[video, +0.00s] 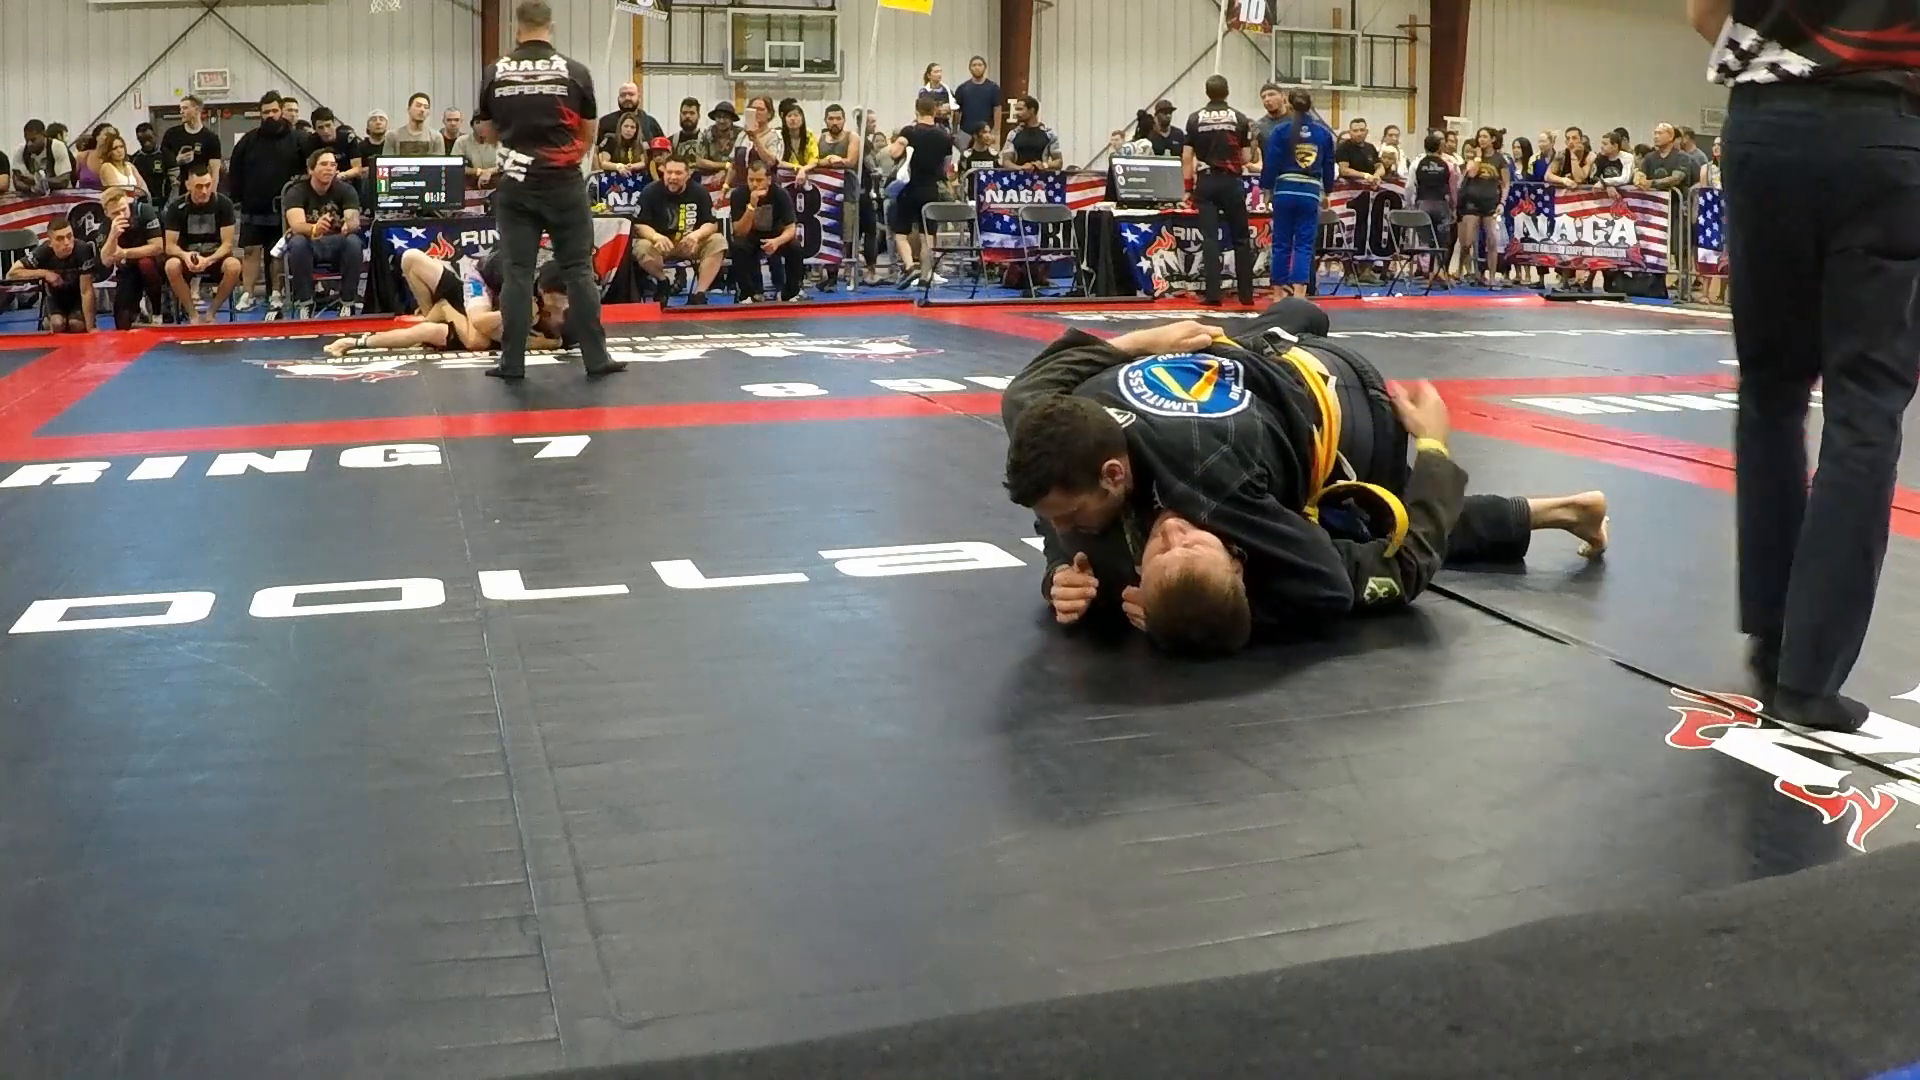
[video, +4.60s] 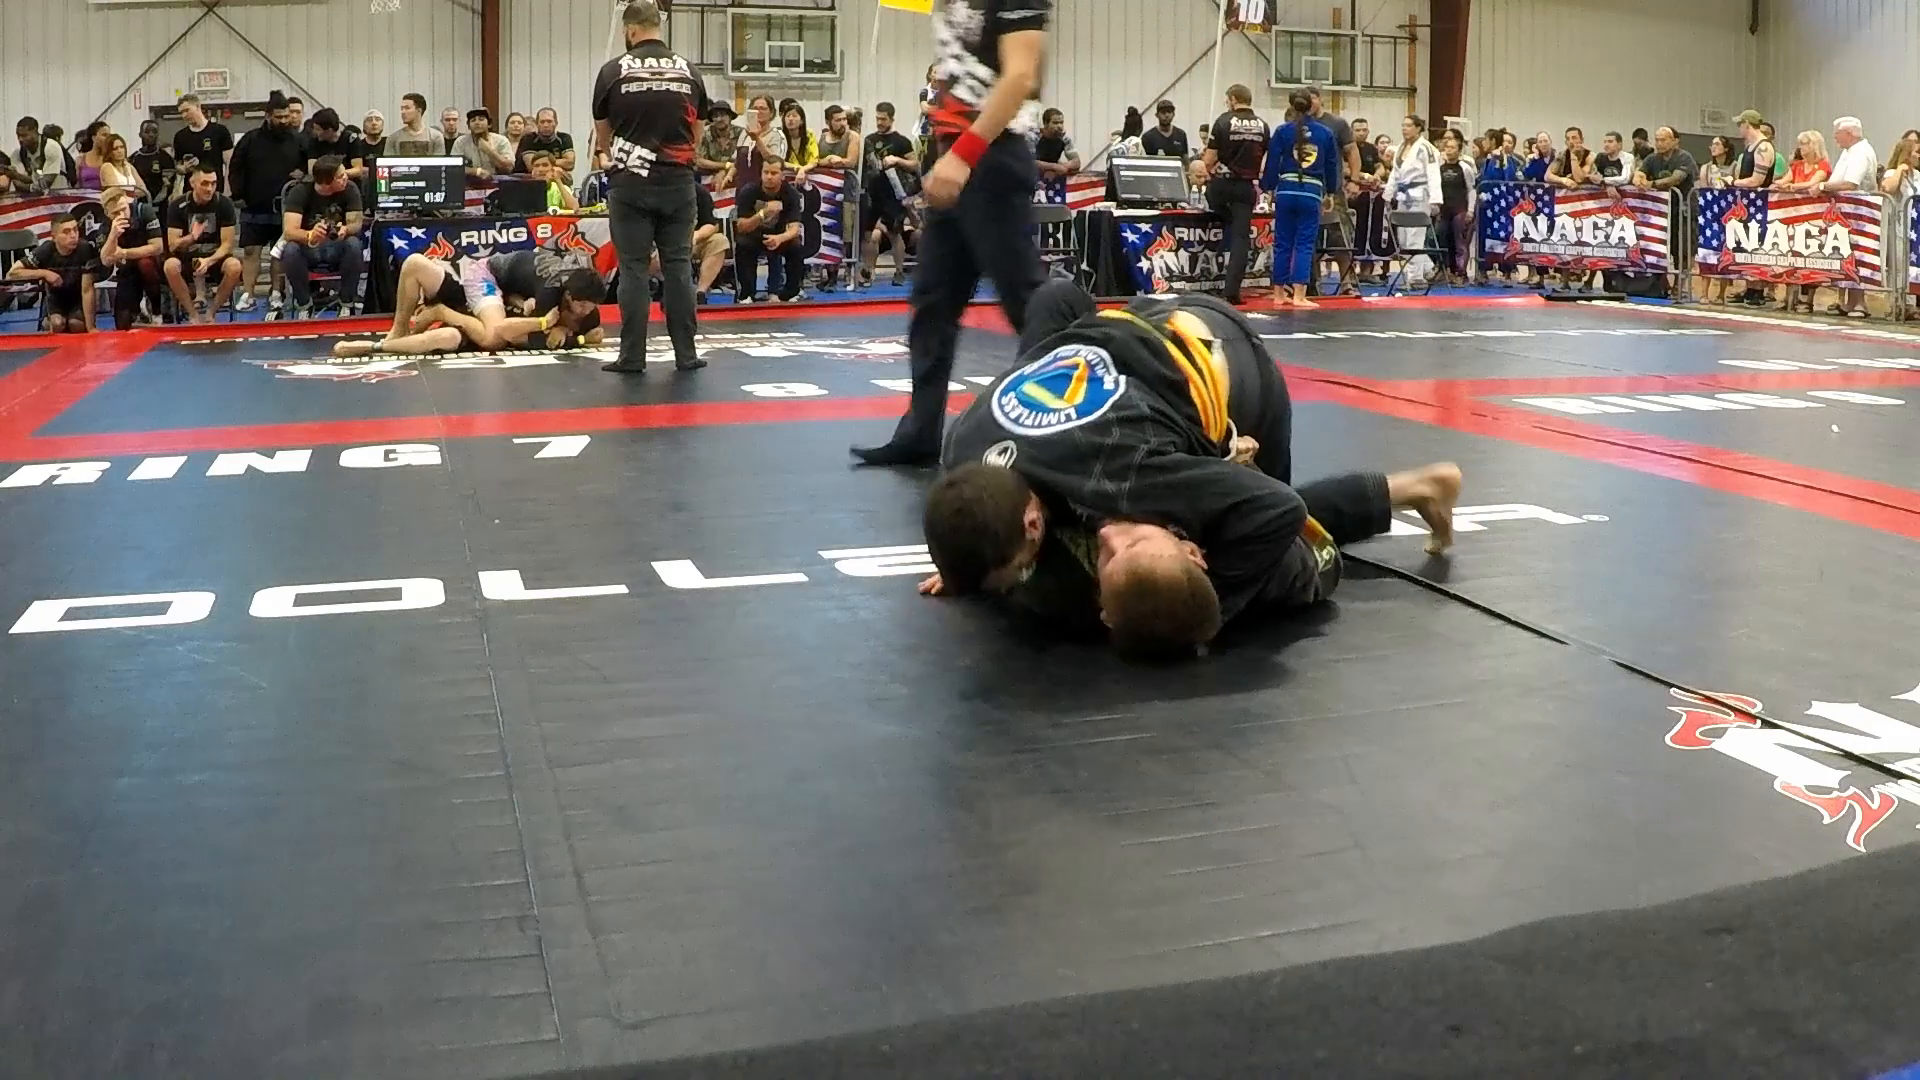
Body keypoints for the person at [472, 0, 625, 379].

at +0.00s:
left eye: (519, 29)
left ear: (517, 30)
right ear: (550, 29)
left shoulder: (497, 71)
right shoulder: (576, 71)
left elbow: (489, 134)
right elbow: (587, 136)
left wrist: (520, 120)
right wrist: (561, 162)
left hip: (516, 185)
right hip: (564, 185)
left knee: (517, 272)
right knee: (579, 267)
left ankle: (512, 364)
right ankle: (596, 359)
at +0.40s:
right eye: (603, 30)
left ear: (574, 26)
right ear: (607, 31)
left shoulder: (547, 66)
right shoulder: (626, 74)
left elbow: (541, 124)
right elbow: (635, 145)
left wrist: (572, 149)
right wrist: (604, 162)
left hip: (555, 183)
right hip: (605, 184)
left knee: (539, 267)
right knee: (600, 270)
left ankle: (522, 358)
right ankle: (599, 360)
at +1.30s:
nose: (570, 38)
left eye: (561, 34)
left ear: (559, 34)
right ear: (591, 29)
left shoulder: (543, 75)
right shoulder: (621, 66)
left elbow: (549, 136)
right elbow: (641, 132)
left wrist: (577, 160)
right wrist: (618, 161)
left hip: (567, 185)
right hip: (612, 180)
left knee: (579, 265)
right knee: (622, 260)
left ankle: (582, 356)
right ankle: (604, 348)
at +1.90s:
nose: (583, 40)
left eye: (583, 35)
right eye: (585, 35)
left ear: (587, 35)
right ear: (616, 32)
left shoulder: (569, 73)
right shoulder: (645, 69)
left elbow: (560, 130)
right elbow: (658, 123)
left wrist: (580, 156)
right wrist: (642, 154)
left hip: (588, 185)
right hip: (636, 183)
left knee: (587, 266)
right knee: (646, 263)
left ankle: (586, 355)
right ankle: (662, 353)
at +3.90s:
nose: (614, 38)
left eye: (614, 33)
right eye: (615, 33)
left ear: (620, 31)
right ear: (649, 27)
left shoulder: (602, 71)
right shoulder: (680, 69)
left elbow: (596, 137)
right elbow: (689, 131)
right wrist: (670, 157)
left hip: (623, 183)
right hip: (671, 181)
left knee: (629, 267)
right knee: (675, 263)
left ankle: (631, 358)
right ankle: (686, 354)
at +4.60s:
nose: (626, 38)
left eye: (625, 33)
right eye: (628, 34)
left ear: (630, 31)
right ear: (660, 28)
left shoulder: (612, 70)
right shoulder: (689, 69)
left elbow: (603, 135)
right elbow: (697, 129)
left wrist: (606, 154)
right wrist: (682, 161)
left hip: (631, 182)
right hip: (678, 181)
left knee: (633, 267)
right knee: (678, 263)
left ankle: (632, 357)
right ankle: (686, 355)